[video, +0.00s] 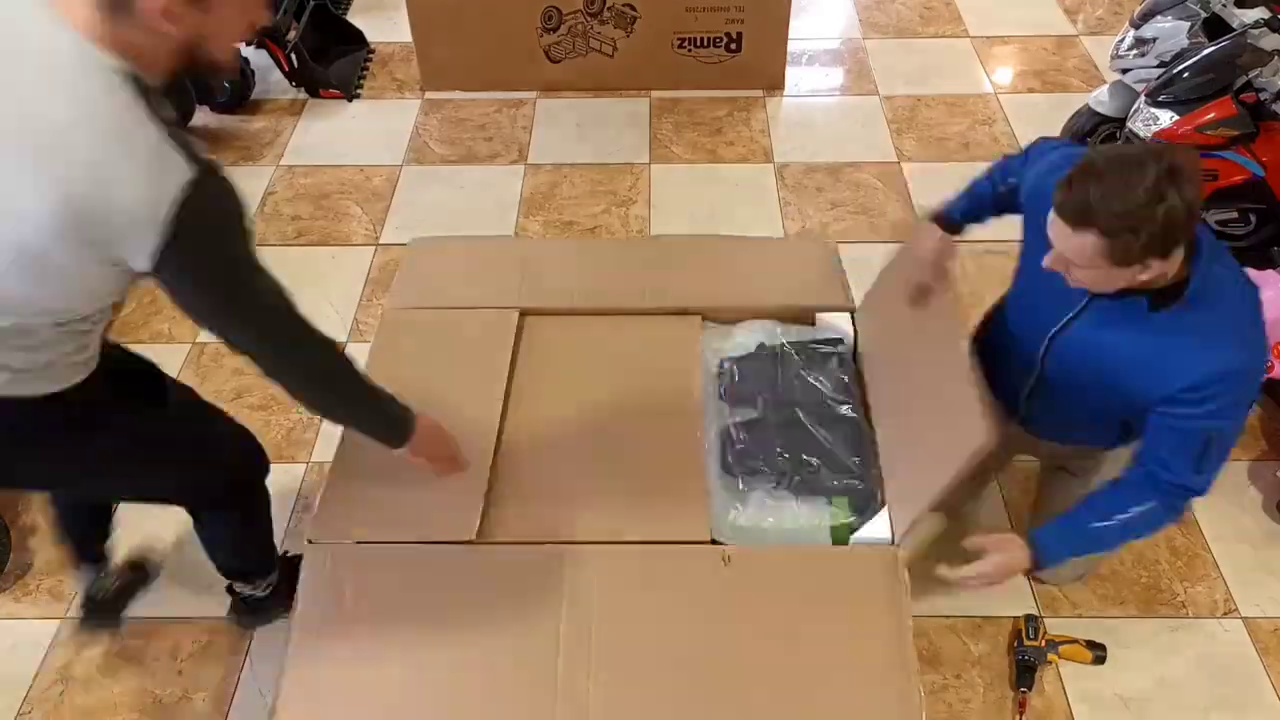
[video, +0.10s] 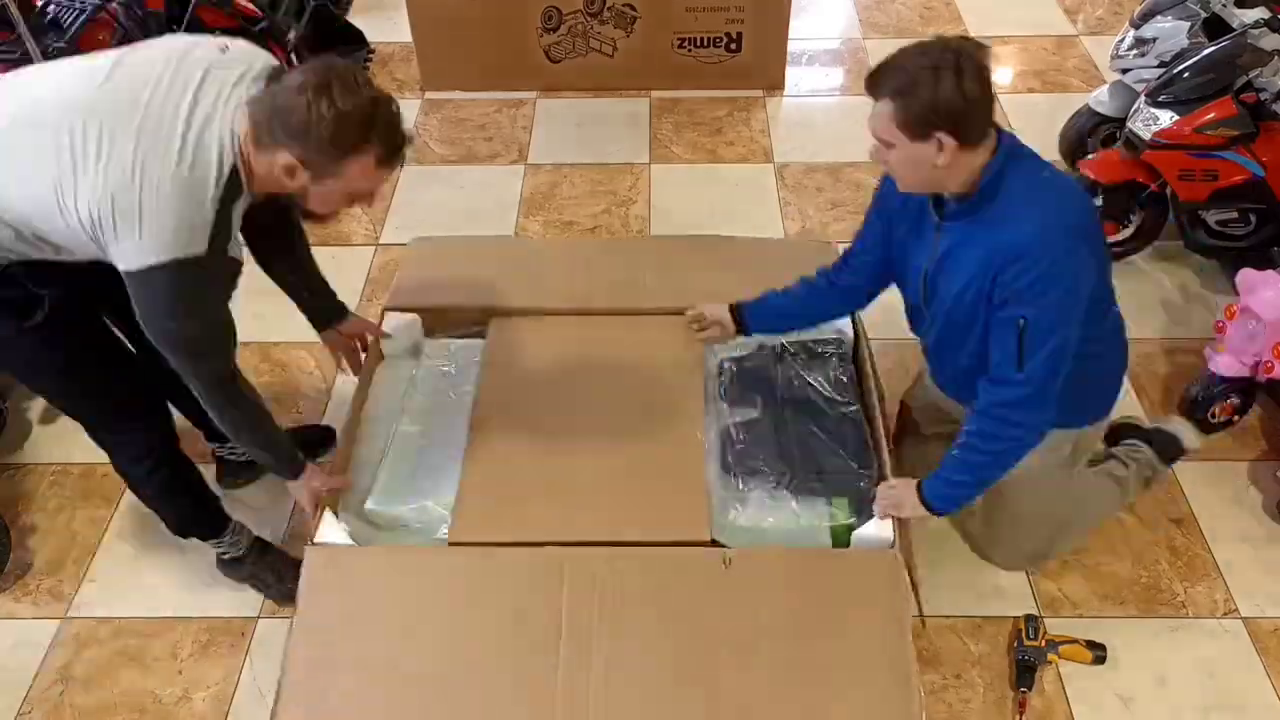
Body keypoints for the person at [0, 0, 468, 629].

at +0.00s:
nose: (262, 17)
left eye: (260, 2)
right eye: (250, 1)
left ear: (164, 10)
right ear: (168, 11)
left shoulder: (26, 18)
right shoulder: (162, 187)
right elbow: (287, 347)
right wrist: (405, 430)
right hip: (26, 396)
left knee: (114, 397)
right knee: (228, 464)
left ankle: (93, 581)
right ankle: (257, 586)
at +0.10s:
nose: (366, 206)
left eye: (371, 192)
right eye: (356, 196)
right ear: (291, 172)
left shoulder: (257, 73)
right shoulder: (162, 223)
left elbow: (266, 214)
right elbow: (209, 377)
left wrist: (330, 316)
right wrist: (297, 471)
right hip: (4, 246)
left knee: (170, 334)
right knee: (129, 415)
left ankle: (235, 447)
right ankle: (230, 543)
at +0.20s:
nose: (413, 137)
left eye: (421, 125)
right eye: (413, 123)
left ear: (357, 98)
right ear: (356, 104)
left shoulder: (301, 67)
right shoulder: (230, 178)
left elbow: (351, 206)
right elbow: (286, 349)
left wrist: (422, 302)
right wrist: (375, 457)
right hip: (23, 228)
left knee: (230, 337)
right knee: (167, 403)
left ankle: (280, 456)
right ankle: (229, 534)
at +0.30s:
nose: (421, 120)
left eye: (426, 105)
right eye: (414, 105)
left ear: (343, 72)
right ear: (343, 77)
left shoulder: (312, 66)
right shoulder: (174, 142)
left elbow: (352, 199)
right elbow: (90, 302)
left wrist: (417, 308)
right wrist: (223, 428)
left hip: (143, 192)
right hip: (31, 229)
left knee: (254, 340)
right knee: (169, 429)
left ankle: (288, 492)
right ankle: (215, 575)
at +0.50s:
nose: (363, 108)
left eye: (372, 94)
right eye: (362, 94)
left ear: (294, 73)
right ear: (294, 80)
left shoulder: (229, 48)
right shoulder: (81, 173)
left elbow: (223, 168)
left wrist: (247, 287)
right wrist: (10, 556)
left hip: (145, 253)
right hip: (41, 317)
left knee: (247, 392)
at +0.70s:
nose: (476, 220)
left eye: (482, 209)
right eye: (475, 210)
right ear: (424, 199)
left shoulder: (366, 120)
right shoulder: (302, 234)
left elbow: (406, 241)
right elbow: (349, 391)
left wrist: (499, 313)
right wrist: (474, 394)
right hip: (33, 262)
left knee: (246, 331)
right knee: (181, 458)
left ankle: (284, 469)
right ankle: (233, 611)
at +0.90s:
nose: (462, 252)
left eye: (472, 241)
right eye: (467, 241)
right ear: (426, 231)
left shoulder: (353, 146)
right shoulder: (303, 276)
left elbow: (371, 260)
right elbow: (308, 441)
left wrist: (434, 330)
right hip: (27, 274)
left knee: (240, 342)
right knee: (176, 465)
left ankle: (283, 467)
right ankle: (236, 615)